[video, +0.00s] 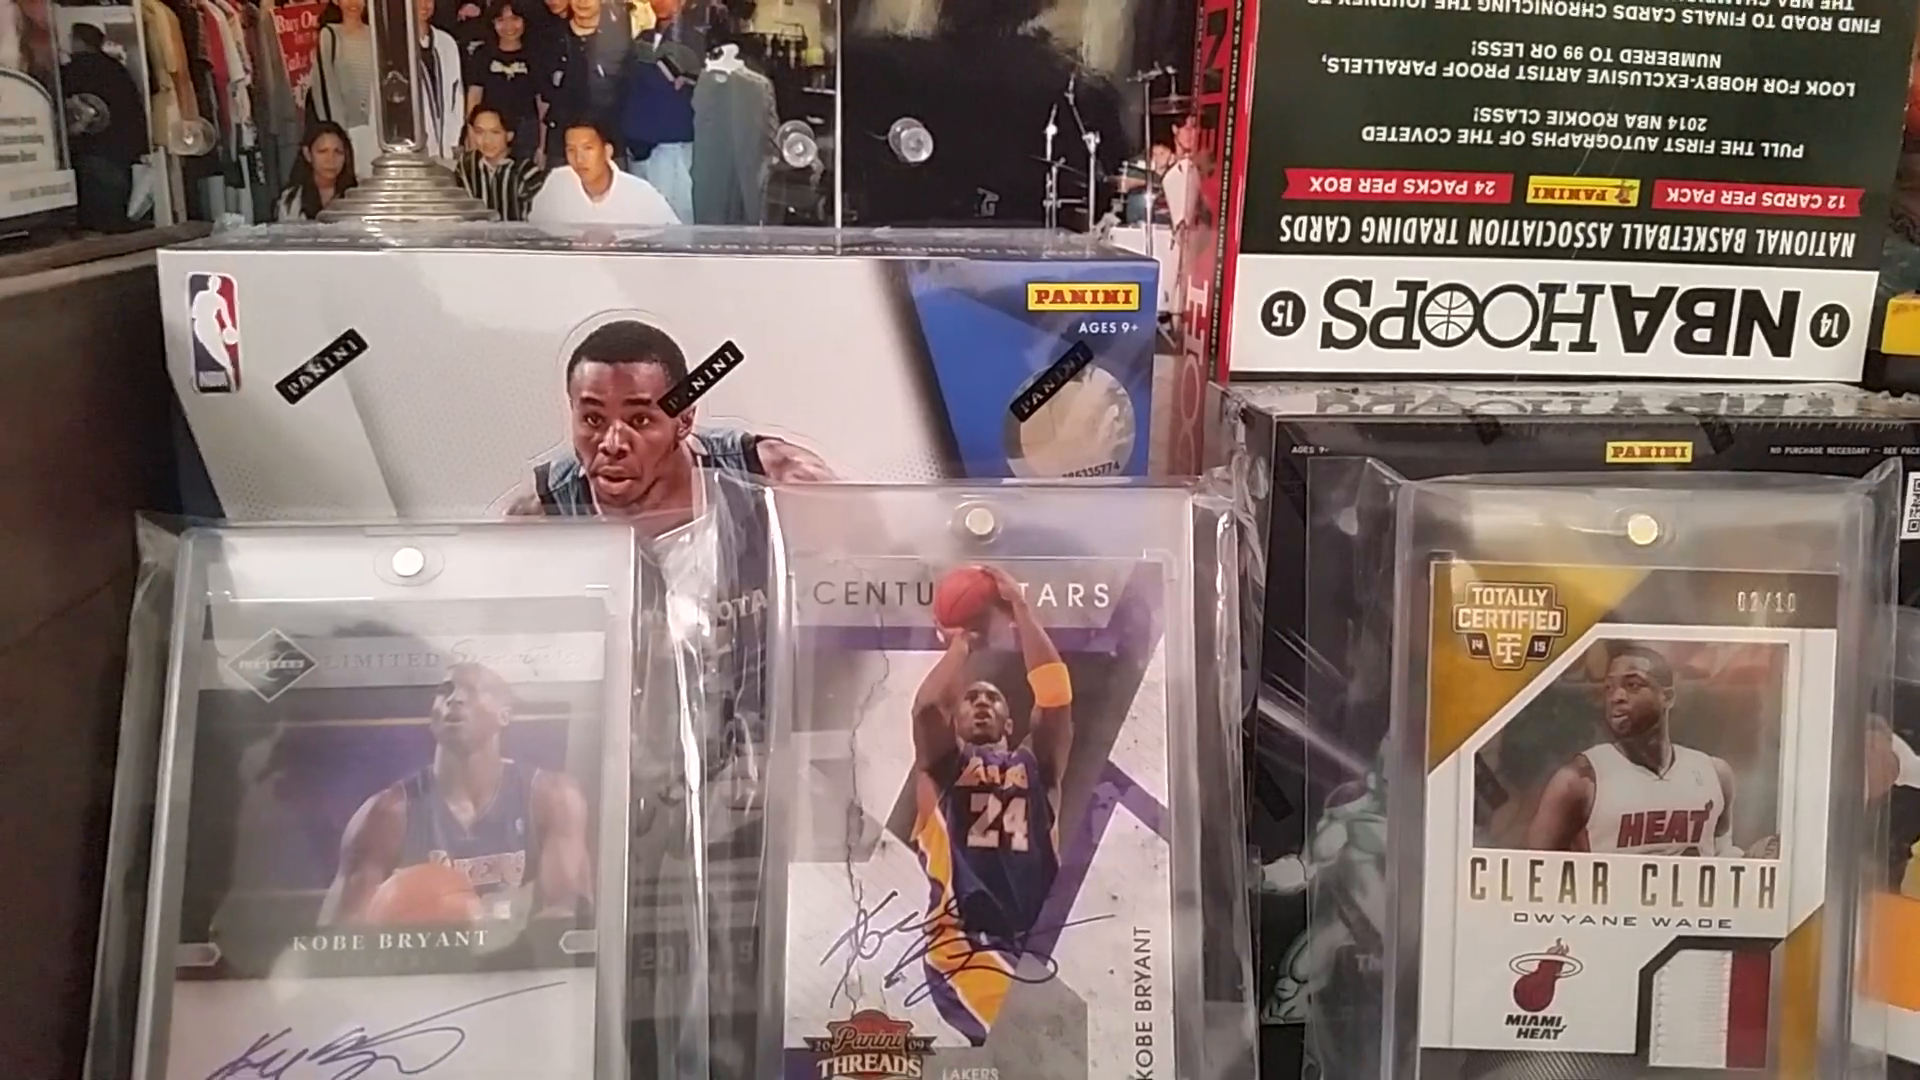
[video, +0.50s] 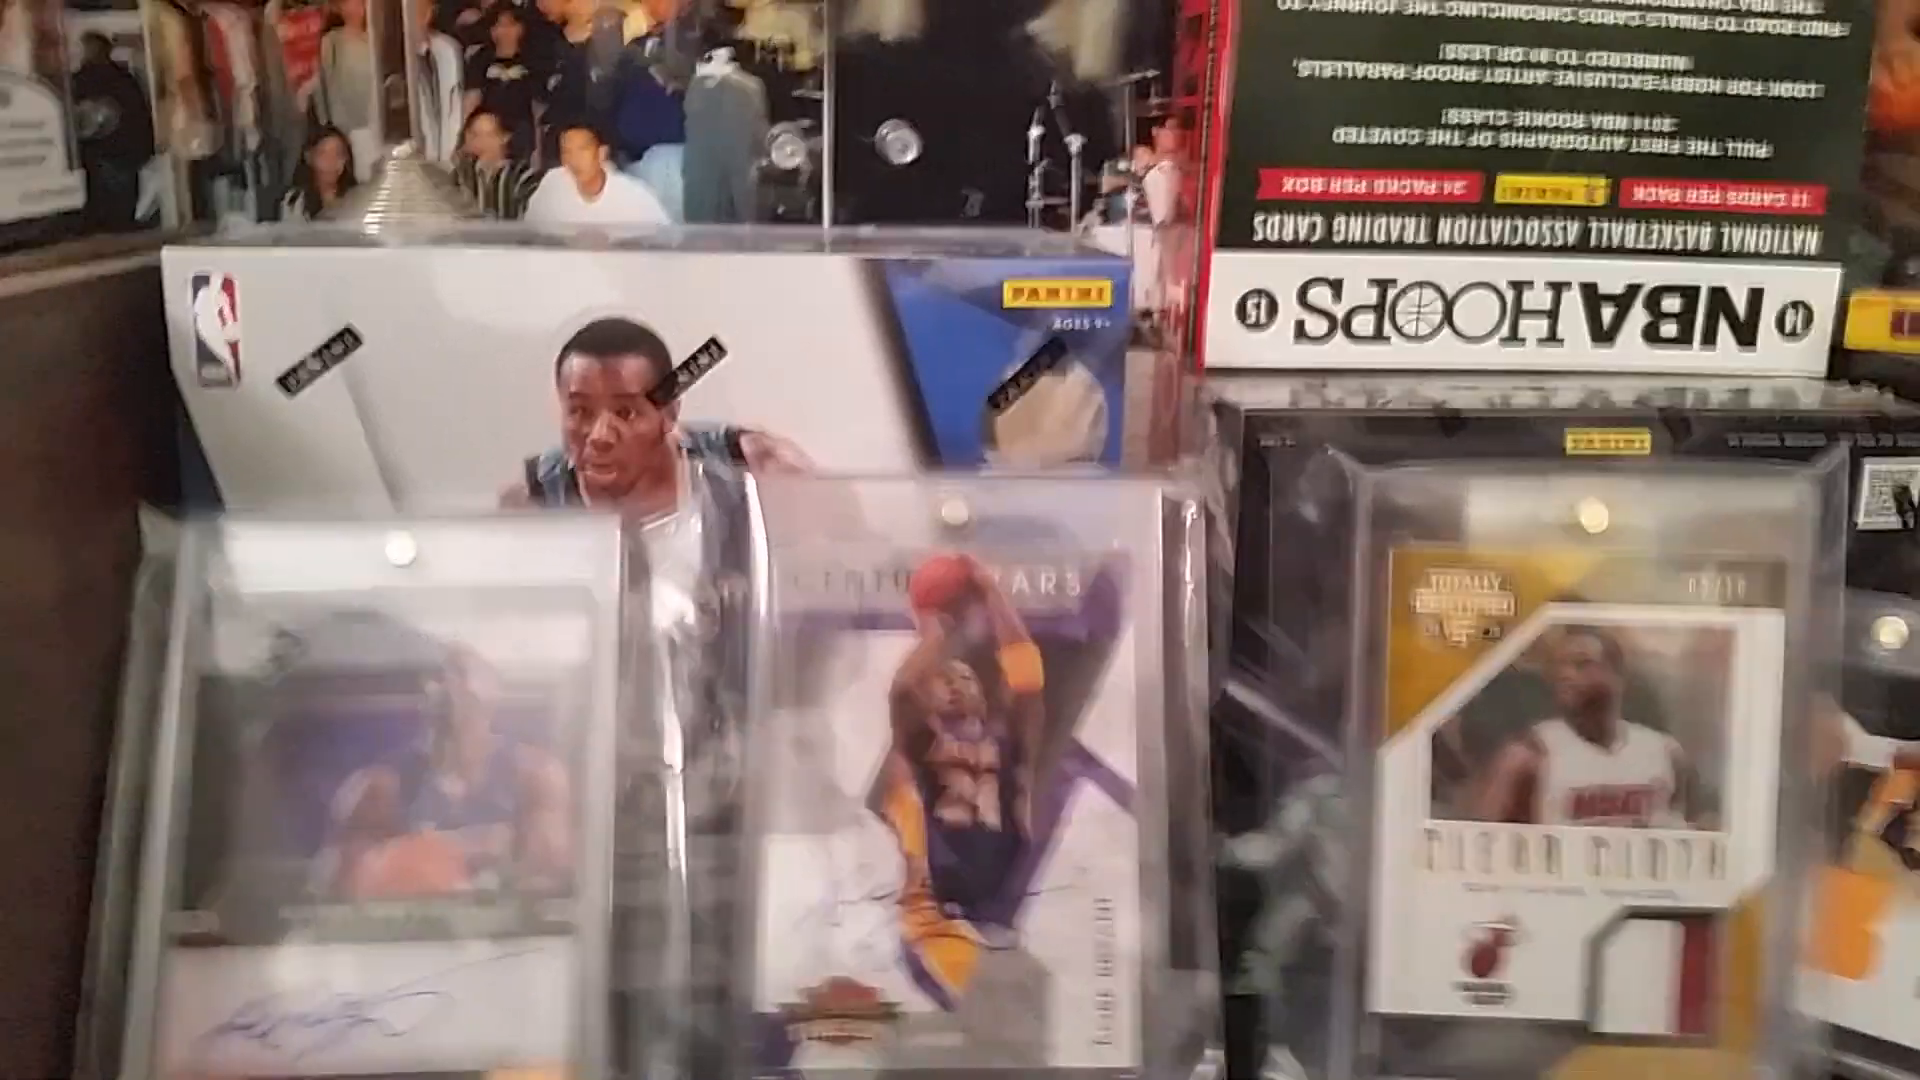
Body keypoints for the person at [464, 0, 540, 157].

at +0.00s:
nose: (509, 26)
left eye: (515, 18)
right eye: (501, 20)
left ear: (524, 22)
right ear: (494, 25)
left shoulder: (534, 56)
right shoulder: (483, 55)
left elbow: (542, 103)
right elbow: (474, 96)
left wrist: (542, 146)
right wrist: (471, 135)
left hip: (525, 130)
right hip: (491, 131)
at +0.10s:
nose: (516, 24)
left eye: (522, 17)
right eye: (508, 19)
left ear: (531, 21)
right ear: (501, 24)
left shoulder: (541, 54)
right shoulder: (491, 53)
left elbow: (549, 101)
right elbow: (482, 94)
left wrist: (549, 145)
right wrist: (479, 133)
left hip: (533, 128)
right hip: (499, 129)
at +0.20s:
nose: (525, 22)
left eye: (530, 16)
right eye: (518, 17)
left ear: (538, 21)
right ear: (511, 22)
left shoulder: (549, 53)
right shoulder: (498, 51)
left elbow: (557, 99)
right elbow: (489, 91)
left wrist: (556, 143)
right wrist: (486, 130)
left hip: (540, 127)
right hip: (506, 127)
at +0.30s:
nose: (535, 24)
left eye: (540, 17)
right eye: (529, 18)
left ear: (548, 23)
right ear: (522, 23)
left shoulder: (558, 54)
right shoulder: (508, 53)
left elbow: (566, 101)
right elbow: (499, 94)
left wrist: (566, 144)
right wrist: (496, 132)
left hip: (550, 129)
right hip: (515, 130)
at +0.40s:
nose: (542, 25)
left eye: (542, 20)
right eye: (536, 20)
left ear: (545, 25)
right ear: (521, 26)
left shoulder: (557, 56)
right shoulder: (507, 55)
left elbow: (565, 103)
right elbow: (498, 96)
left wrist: (564, 145)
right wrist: (495, 134)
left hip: (548, 131)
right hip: (514, 132)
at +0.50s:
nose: (500, 31)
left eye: (507, 25)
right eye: (497, 25)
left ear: (520, 29)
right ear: (491, 30)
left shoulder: (531, 63)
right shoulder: (480, 61)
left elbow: (538, 108)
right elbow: (472, 100)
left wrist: (538, 148)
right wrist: (465, 140)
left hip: (520, 135)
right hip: (485, 137)